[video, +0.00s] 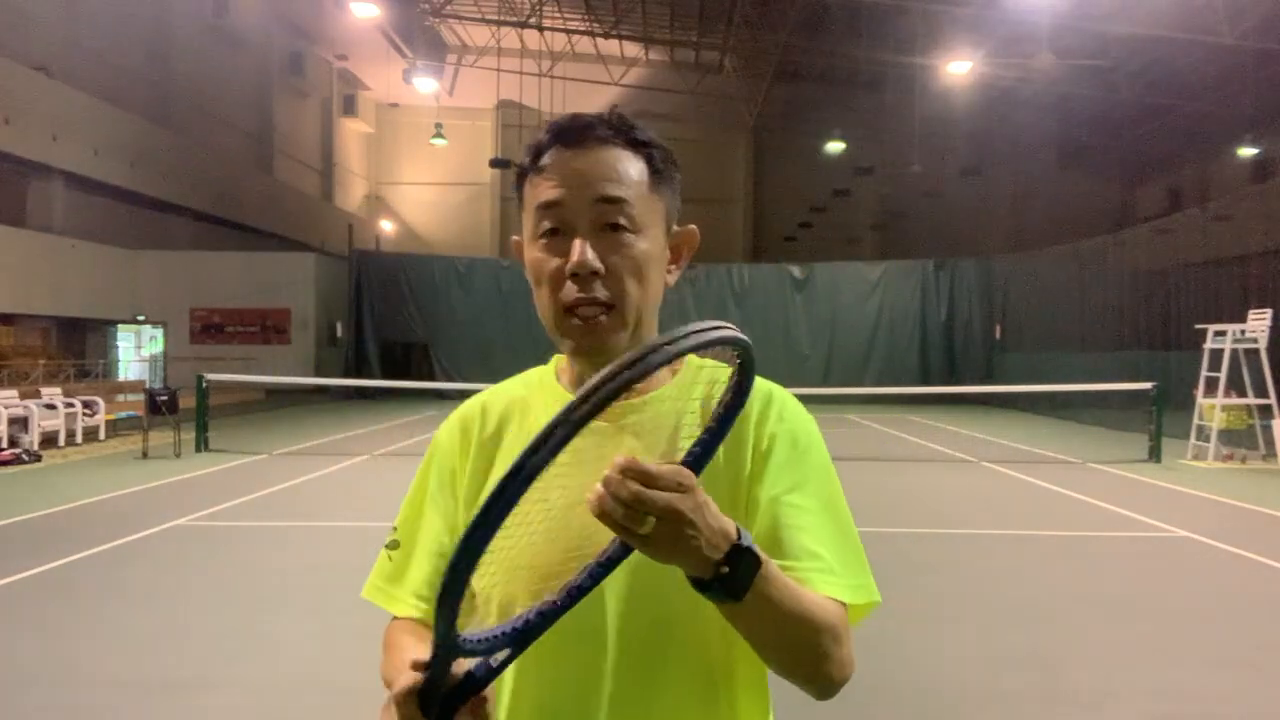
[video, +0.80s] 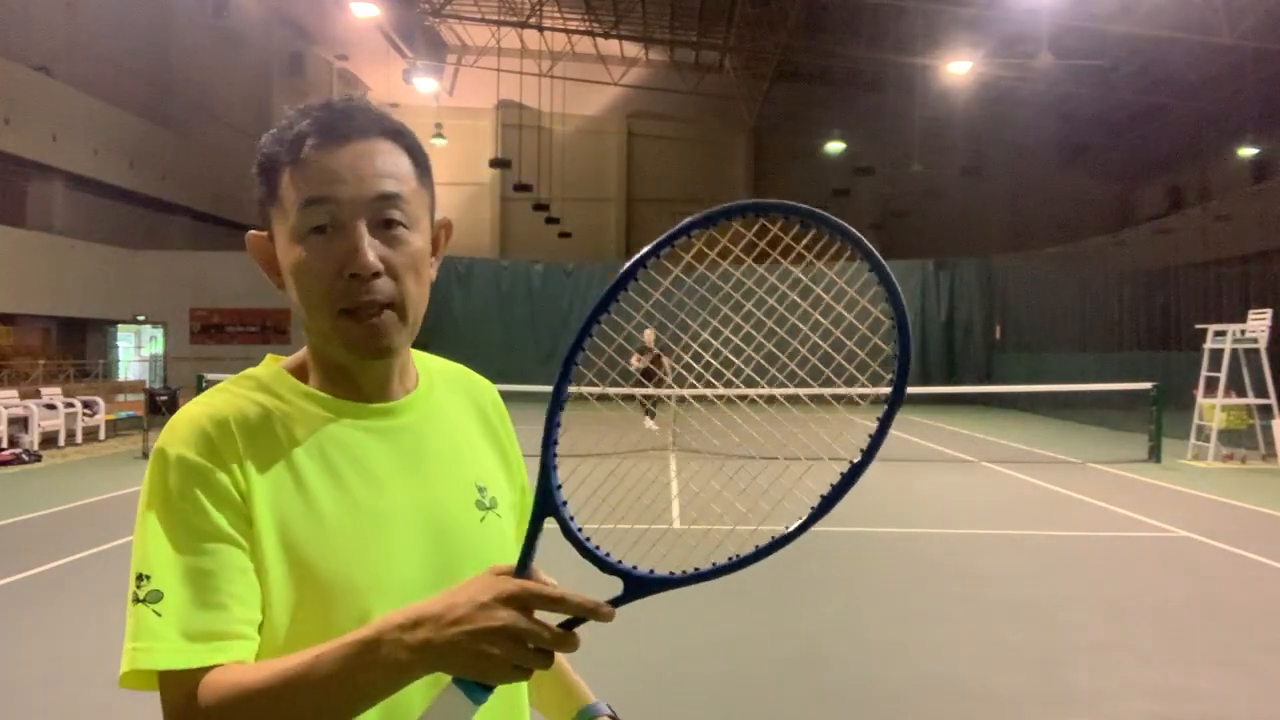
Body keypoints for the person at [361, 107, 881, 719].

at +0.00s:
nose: (581, 259)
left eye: (614, 226)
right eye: (552, 231)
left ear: (676, 254)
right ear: (523, 254)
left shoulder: (759, 418)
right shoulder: (477, 427)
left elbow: (828, 667)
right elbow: (414, 620)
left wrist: (717, 558)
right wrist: (424, 688)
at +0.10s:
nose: (557, 259)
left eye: (590, 229)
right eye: (528, 231)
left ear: (650, 254)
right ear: (496, 257)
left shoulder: (734, 421)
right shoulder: (444, 435)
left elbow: (816, 662)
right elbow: (381, 645)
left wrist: (728, 553)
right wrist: (414, 683)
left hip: (691, 709)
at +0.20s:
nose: (518, 264)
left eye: (549, 230)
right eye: (486, 236)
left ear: (606, 257)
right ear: (453, 264)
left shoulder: (688, 420)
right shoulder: (394, 442)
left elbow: (779, 668)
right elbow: (324, 671)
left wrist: (725, 549)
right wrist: (398, 678)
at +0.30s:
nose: (461, 264)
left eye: (492, 229)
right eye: (428, 235)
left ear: (549, 254)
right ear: (392, 262)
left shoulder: (633, 428)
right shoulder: (330, 444)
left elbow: (715, 672)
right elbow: (260, 686)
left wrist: (710, 597)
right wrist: (374, 665)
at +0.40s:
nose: (404, 264)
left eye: (435, 228)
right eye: (369, 236)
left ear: (495, 251)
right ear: (334, 268)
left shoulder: (574, 421)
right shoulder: (278, 444)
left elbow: (642, 609)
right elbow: (218, 689)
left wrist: (673, 645)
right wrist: (370, 651)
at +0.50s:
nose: (370, 263)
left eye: (398, 224)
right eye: (333, 233)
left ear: (458, 247)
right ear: (296, 266)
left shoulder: (527, 409)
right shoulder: (240, 443)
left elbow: (586, 595)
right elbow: (195, 695)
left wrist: (644, 689)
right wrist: (380, 638)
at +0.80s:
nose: (364, 261)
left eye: (391, 224)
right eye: (322, 229)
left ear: (434, 248)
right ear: (271, 261)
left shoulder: (474, 403)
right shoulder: (210, 441)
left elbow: (505, 612)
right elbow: (195, 701)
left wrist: (585, 710)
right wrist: (412, 638)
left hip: (498, 707)